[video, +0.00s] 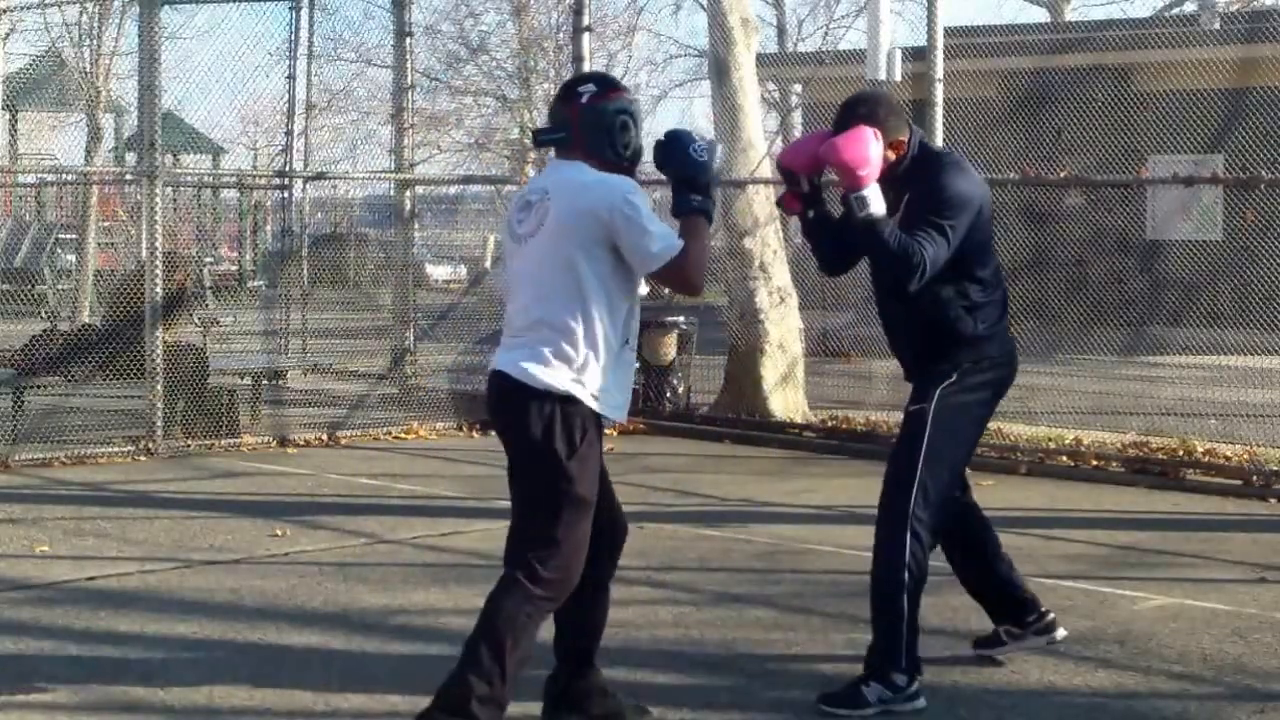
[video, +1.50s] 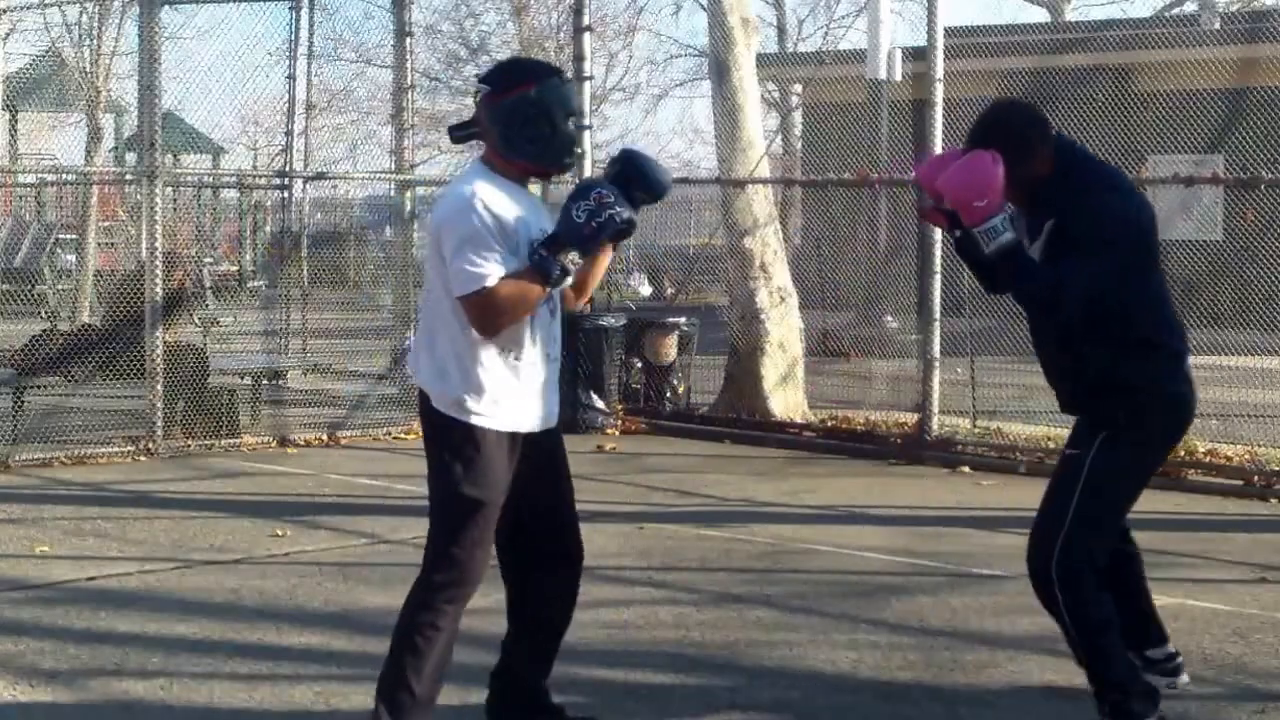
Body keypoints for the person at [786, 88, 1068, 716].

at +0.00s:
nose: (859, 168)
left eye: (864, 157)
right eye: (853, 158)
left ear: (897, 145)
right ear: (869, 150)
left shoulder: (951, 181)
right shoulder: (884, 181)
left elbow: (913, 268)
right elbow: (836, 258)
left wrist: (865, 201)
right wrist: (808, 203)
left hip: (970, 361)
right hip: (935, 363)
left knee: (903, 511)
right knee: (942, 498)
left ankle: (892, 676)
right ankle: (1022, 616)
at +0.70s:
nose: (843, 232)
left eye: (845, 221)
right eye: (841, 223)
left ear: (874, 212)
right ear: (884, 204)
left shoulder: (953, 242)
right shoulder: (891, 250)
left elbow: (938, 340)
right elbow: (857, 337)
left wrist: (862, 291)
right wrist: (818, 304)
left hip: (978, 431)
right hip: (955, 428)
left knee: (887, 537)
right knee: (973, 541)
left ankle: (820, 699)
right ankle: (1057, 643)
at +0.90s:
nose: (883, 397)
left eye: (894, 386)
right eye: (872, 385)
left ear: (916, 360)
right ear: (851, 357)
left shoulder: (951, 369)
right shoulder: (825, 339)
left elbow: (946, 476)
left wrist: (881, 466)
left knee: (832, 556)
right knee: (894, 629)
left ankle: (793, 702)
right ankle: (1029, 630)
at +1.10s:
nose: (931, 302)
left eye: (945, 293)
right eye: (925, 287)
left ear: (973, 279)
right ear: (910, 266)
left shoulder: (1011, 316)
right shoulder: (877, 286)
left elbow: (1003, 429)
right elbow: (810, 333)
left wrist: (937, 386)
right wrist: (800, 383)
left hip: (983, 461)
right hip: (918, 462)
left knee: (871, 542)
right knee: (940, 598)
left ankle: (802, 706)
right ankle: (1068, 658)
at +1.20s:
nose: (936, 229)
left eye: (946, 218)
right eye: (931, 216)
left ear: (986, 207)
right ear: (927, 205)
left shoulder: (1045, 248)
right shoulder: (933, 240)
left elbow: (1045, 356)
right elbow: (885, 322)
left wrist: (970, 302)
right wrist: (867, 285)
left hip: (1040, 429)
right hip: (988, 429)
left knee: (930, 518)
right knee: (990, 546)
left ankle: (885, 689)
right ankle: (1074, 658)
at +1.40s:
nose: (980, 186)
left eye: (981, 173)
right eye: (973, 175)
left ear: (1011, 156)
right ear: (1018, 152)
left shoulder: (1075, 199)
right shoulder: (1024, 197)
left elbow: (1041, 299)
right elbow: (973, 275)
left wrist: (977, 233)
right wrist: (939, 221)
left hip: (1102, 412)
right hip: (1066, 410)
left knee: (1030, 565)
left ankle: (1126, 695)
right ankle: (1100, 662)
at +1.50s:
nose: (998, 191)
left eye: (1000, 177)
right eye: (991, 179)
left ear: (1033, 160)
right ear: (1035, 155)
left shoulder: (1102, 202)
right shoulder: (1046, 193)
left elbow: (1055, 301)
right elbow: (1000, 279)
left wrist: (990, 225)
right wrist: (958, 226)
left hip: (1142, 402)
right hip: (1112, 399)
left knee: (1056, 559)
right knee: (1094, 526)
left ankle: (1130, 703)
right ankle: (1153, 657)